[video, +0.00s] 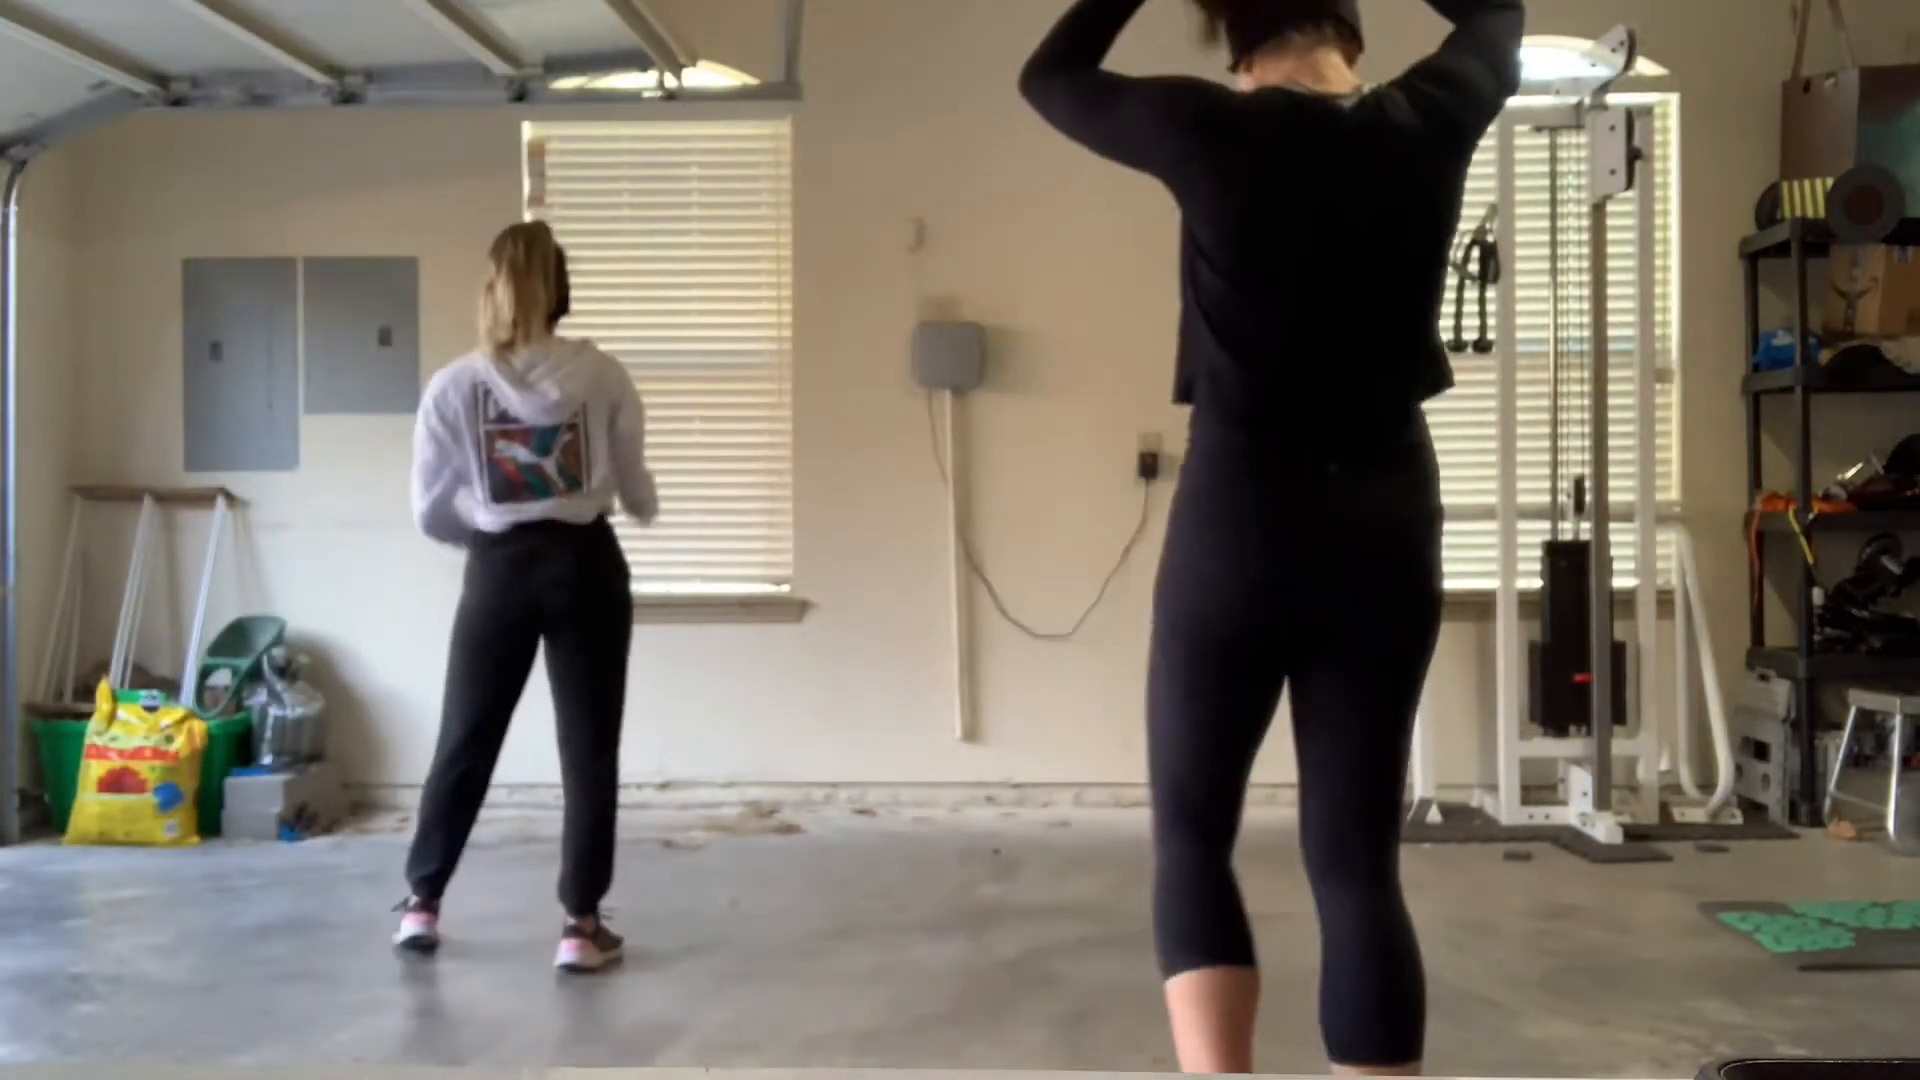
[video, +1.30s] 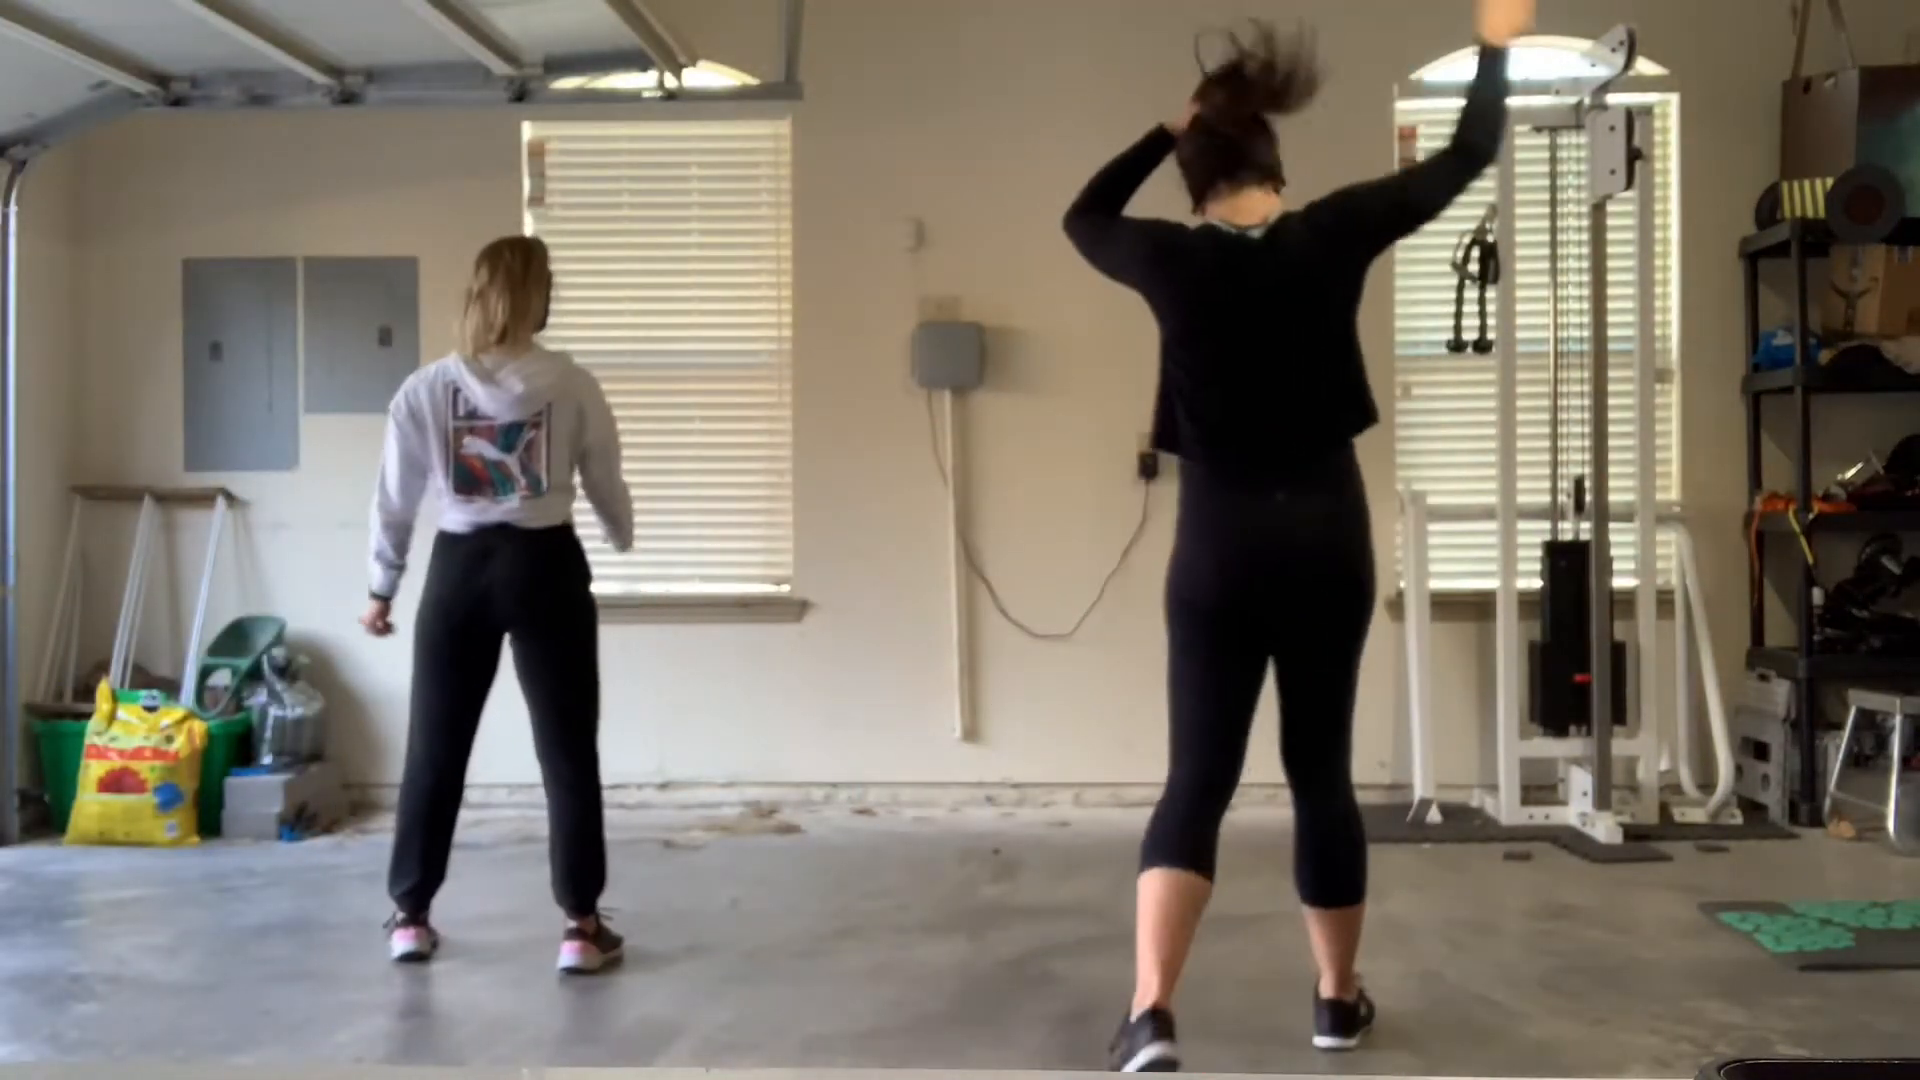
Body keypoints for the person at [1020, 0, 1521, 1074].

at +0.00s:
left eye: (1228, 34)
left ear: (1228, 32)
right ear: (1347, 27)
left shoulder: (1205, 129)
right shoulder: (1427, 124)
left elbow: (1051, 76)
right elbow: (1493, 16)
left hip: (1236, 529)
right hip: (1388, 534)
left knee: (1192, 835)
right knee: (1358, 858)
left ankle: (1217, 1076)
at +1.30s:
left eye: (1197, 177)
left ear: (1195, 181)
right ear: (1278, 165)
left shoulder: (1173, 259)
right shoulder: (1336, 235)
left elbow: (1084, 216)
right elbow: (1470, 151)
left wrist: (1157, 139)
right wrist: (1495, 45)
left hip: (1217, 552)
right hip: (1331, 548)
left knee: (1194, 784)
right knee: (1323, 778)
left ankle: (1150, 1014)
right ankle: (1337, 999)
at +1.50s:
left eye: (1224, 191)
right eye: (1277, 178)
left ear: (1209, 195)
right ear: (1291, 175)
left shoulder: (1203, 271)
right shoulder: (1367, 251)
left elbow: (1111, 234)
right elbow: (1491, 290)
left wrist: (1167, 150)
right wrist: (1499, 264)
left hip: (1253, 548)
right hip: (1362, 543)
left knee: (1214, 759)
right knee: (1339, 766)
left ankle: (1202, 958)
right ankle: (1338, 994)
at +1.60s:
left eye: (1230, 198)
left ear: (1220, 197)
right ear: (1298, 176)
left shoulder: (1212, 271)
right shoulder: (1371, 255)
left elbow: (1115, 234)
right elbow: (1486, 333)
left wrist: (1174, 152)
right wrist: (1443, 352)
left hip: (1256, 544)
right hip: (1363, 540)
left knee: (1220, 753)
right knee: (1338, 761)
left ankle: (1202, 965)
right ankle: (1337, 995)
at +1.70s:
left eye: (1237, 201)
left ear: (1222, 199)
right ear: (1302, 179)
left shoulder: (1215, 273)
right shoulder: (1372, 260)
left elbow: (1118, 233)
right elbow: (1472, 355)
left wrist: (1190, 153)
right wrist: (1390, 386)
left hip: (1254, 544)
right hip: (1361, 542)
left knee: (1218, 749)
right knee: (1337, 759)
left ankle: (1187, 961)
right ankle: (1337, 994)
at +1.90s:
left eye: (1218, 212)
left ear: (1211, 215)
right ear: (1288, 197)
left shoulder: (1199, 286)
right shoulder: (1351, 275)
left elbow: (1111, 243)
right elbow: (1439, 376)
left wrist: (1179, 162)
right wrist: (1350, 403)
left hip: (1239, 546)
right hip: (1342, 542)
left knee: (1212, 750)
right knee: (1326, 758)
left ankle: (1161, 933)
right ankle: (1334, 992)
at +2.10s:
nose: (1195, 228)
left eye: (1179, 215)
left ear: (1175, 218)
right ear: (1251, 206)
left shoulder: (1161, 290)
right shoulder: (1306, 283)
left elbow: (1086, 245)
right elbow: (1402, 377)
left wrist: (1149, 172)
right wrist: (1319, 402)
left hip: (1193, 544)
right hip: (1292, 540)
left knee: (1190, 739)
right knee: (1299, 748)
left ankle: (1159, 938)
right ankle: (1328, 974)